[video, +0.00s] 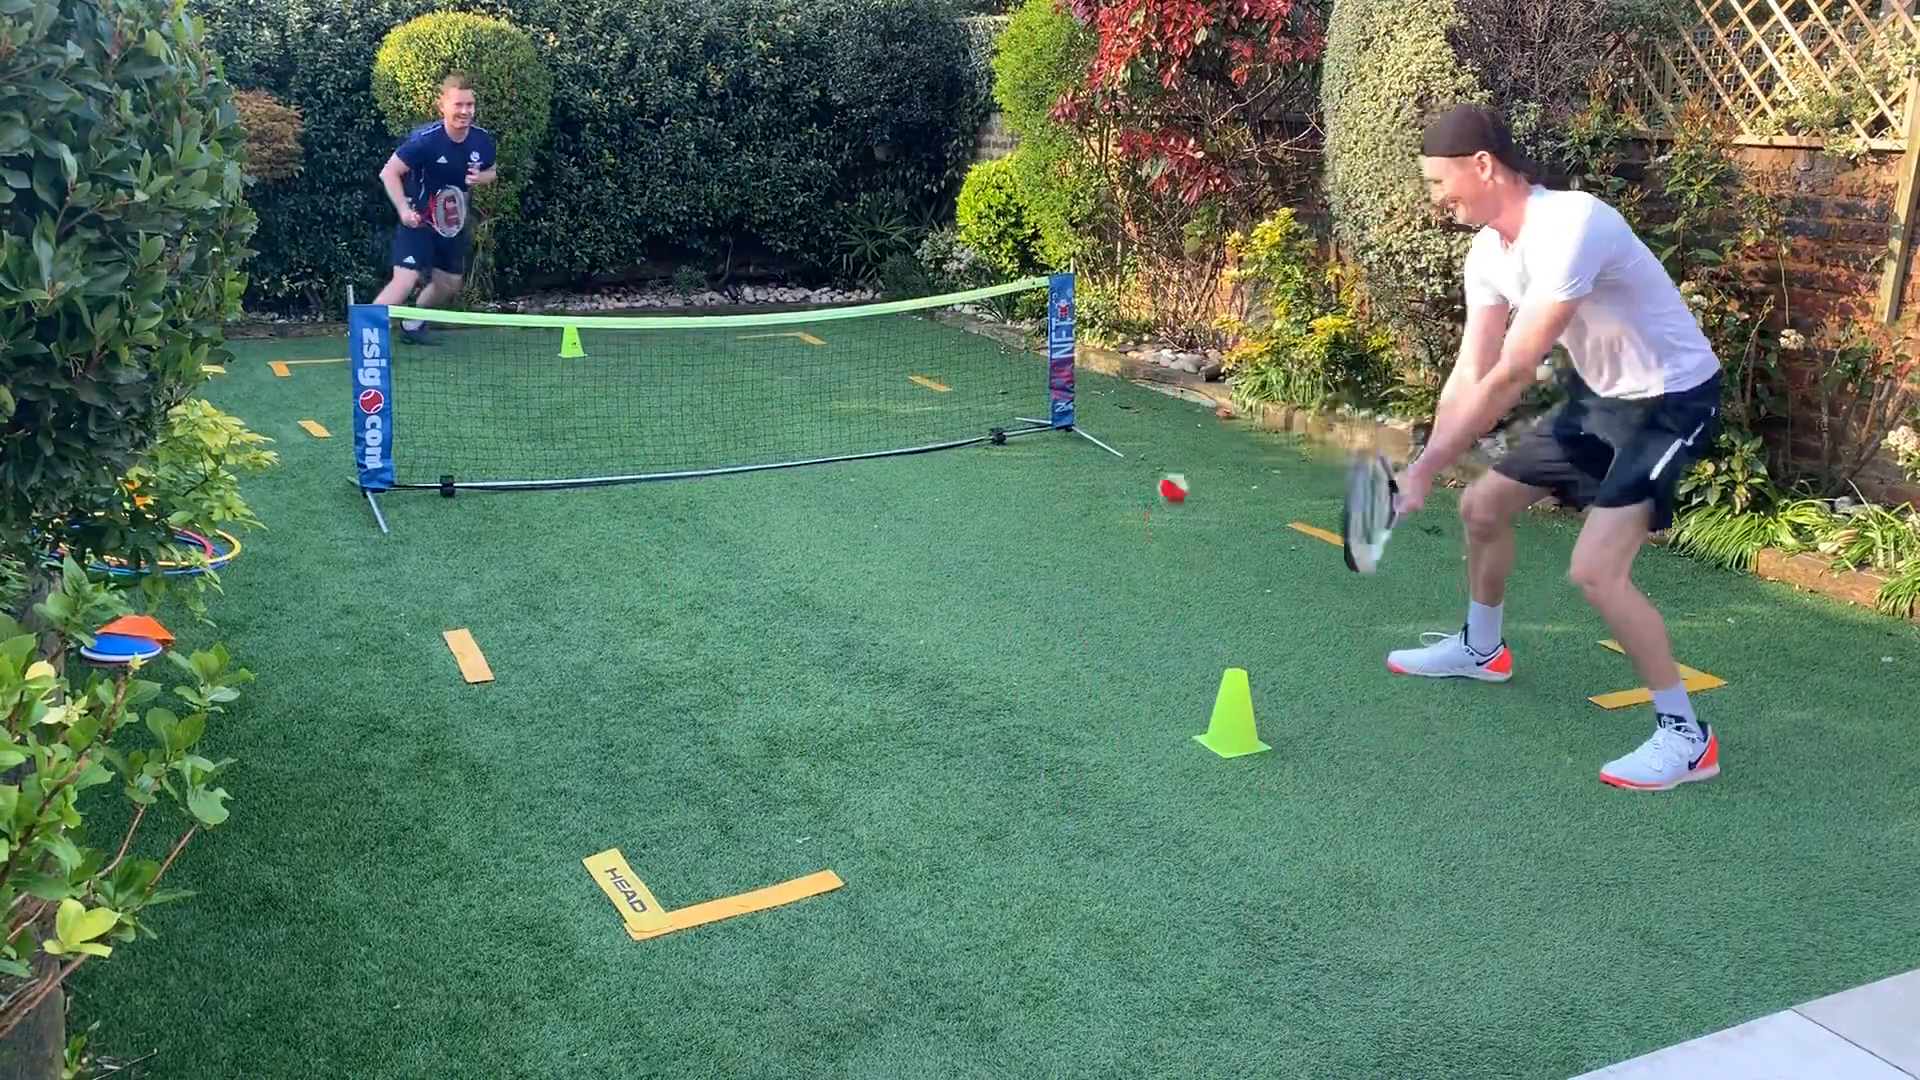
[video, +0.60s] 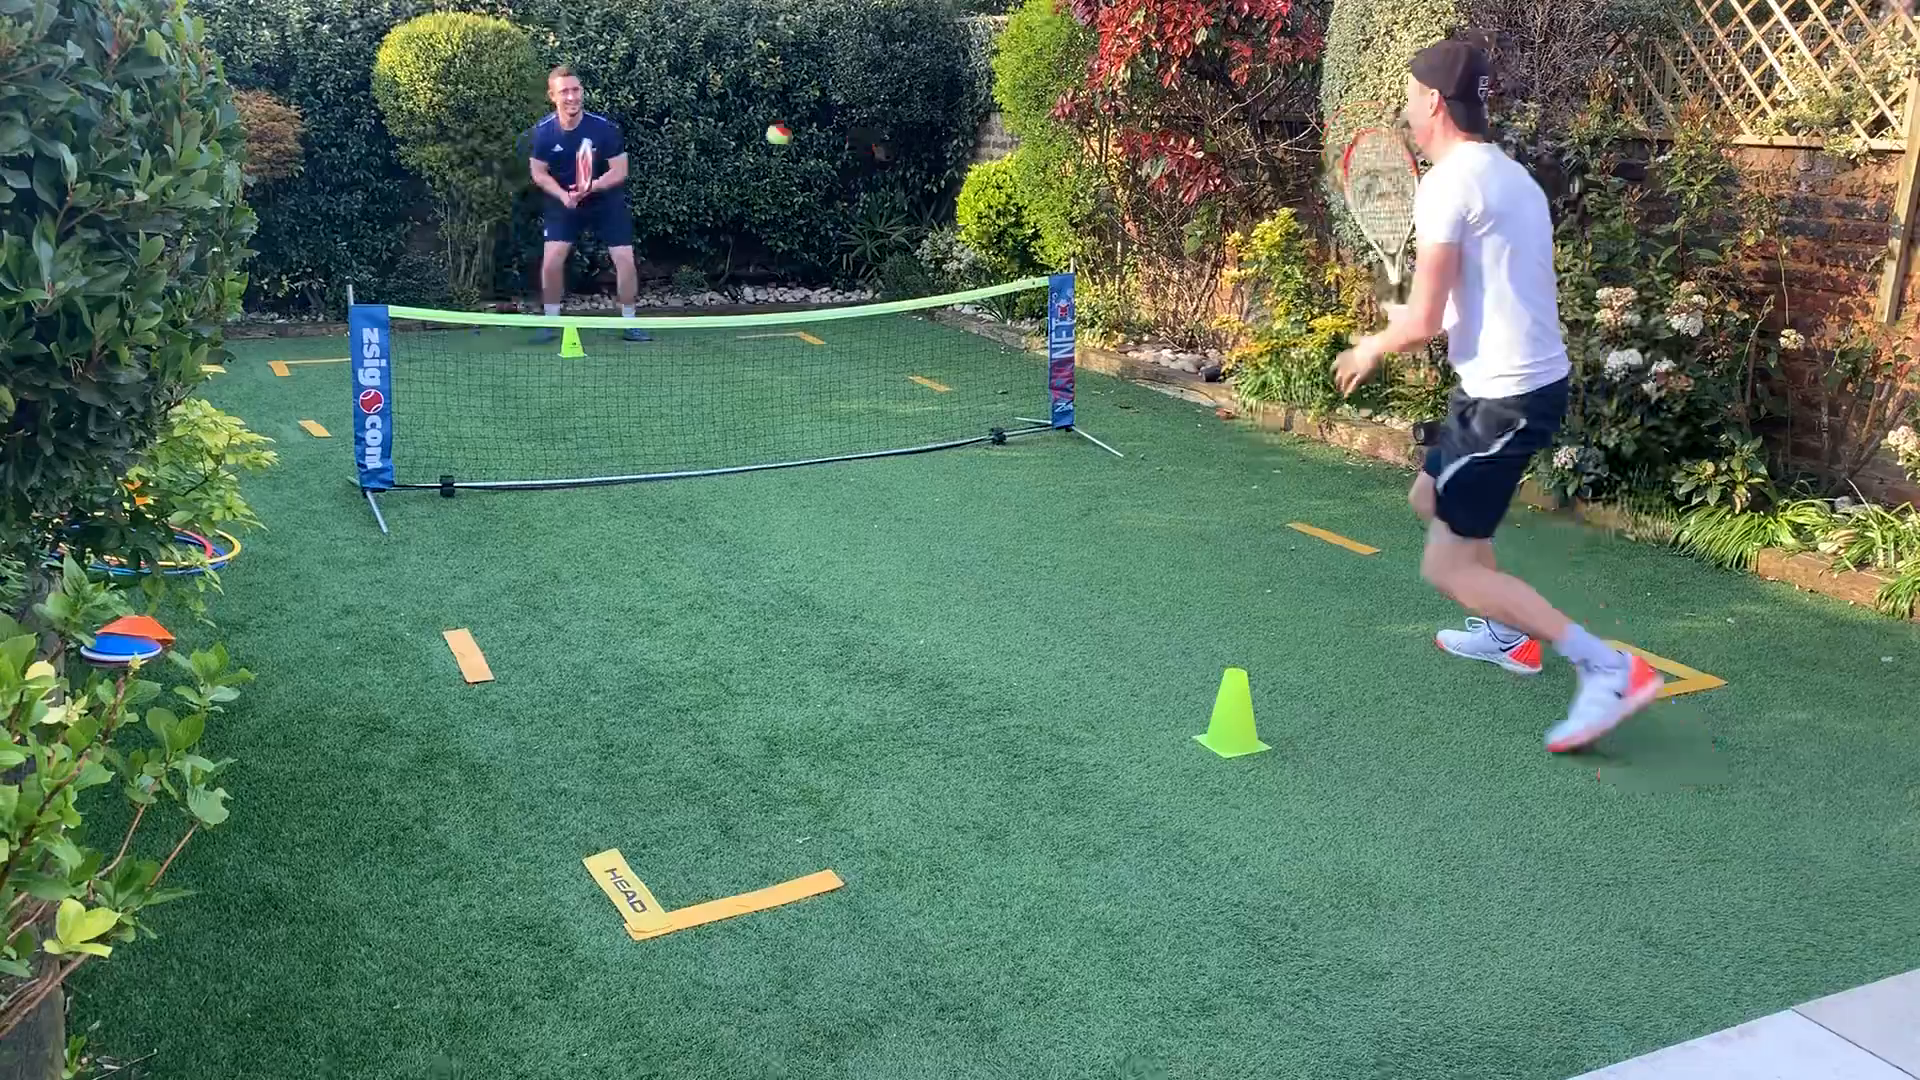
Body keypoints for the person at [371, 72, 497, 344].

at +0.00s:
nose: (465, 111)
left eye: (469, 105)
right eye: (458, 105)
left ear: (475, 107)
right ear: (442, 106)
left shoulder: (480, 140)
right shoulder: (424, 140)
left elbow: (492, 172)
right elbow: (389, 172)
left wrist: (480, 177)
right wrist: (403, 209)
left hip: (453, 224)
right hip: (419, 220)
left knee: (448, 284)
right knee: (406, 279)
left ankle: (412, 326)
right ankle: (366, 330)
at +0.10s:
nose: (477, 96)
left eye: (481, 90)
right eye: (470, 90)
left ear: (486, 93)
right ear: (454, 93)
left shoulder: (494, 125)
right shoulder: (439, 125)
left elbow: (510, 160)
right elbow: (407, 158)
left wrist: (481, 168)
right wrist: (420, 195)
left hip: (471, 209)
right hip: (438, 206)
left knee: (471, 272)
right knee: (434, 267)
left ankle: (426, 306)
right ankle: (414, 328)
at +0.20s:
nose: (491, 93)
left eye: (496, 87)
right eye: (484, 87)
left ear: (501, 90)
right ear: (469, 90)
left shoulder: (512, 127)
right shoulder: (450, 123)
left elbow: (524, 159)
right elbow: (423, 157)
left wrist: (505, 169)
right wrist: (442, 190)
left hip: (498, 211)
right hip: (460, 210)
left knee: (513, 267)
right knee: (457, 274)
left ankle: (475, 297)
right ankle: (454, 323)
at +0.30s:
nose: (511, 103)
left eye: (516, 97)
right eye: (504, 97)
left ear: (521, 100)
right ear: (489, 101)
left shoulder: (533, 138)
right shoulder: (471, 136)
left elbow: (540, 171)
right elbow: (448, 171)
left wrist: (535, 183)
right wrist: (474, 200)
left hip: (522, 215)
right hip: (480, 216)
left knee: (556, 266)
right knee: (471, 277)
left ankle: (562, 321)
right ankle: (462, 327)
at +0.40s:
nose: (536, 109)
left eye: (539, 103)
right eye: (529, 103)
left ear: (545, 106)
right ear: (515, 109)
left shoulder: (559, 142)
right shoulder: (500, 145)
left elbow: (571, 180)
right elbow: (483, 184)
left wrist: (560, 195)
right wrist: (517, 208)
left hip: (550, 219)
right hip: (509, 222)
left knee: (589, 270)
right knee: (492, 279)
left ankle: (621, 321)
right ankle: (464, 327)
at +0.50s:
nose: (558, 107)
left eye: (562, 101)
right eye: (551, 102)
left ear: (568, 103)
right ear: (538, 107)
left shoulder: (588, 139)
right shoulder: (527, 144)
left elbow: (604, 179)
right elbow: (515, 186)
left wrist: (584, 193)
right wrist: (546, 206)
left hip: (589, 216)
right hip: (547, 218)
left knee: (618, 271)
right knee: (517, 275)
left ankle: (626, 324)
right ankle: (483, 326)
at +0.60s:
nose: (571, 97)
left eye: (575, 90)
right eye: (564, 92)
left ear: (582, 93)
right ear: (553, 97)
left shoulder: (605, 129)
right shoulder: (543, 132)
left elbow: (620, 172)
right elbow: (538, 173)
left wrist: (592, 186)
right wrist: (562, 194)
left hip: (606, 201)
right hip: (564, 202)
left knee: (625, 257)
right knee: (553, 258)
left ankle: (630, 323)